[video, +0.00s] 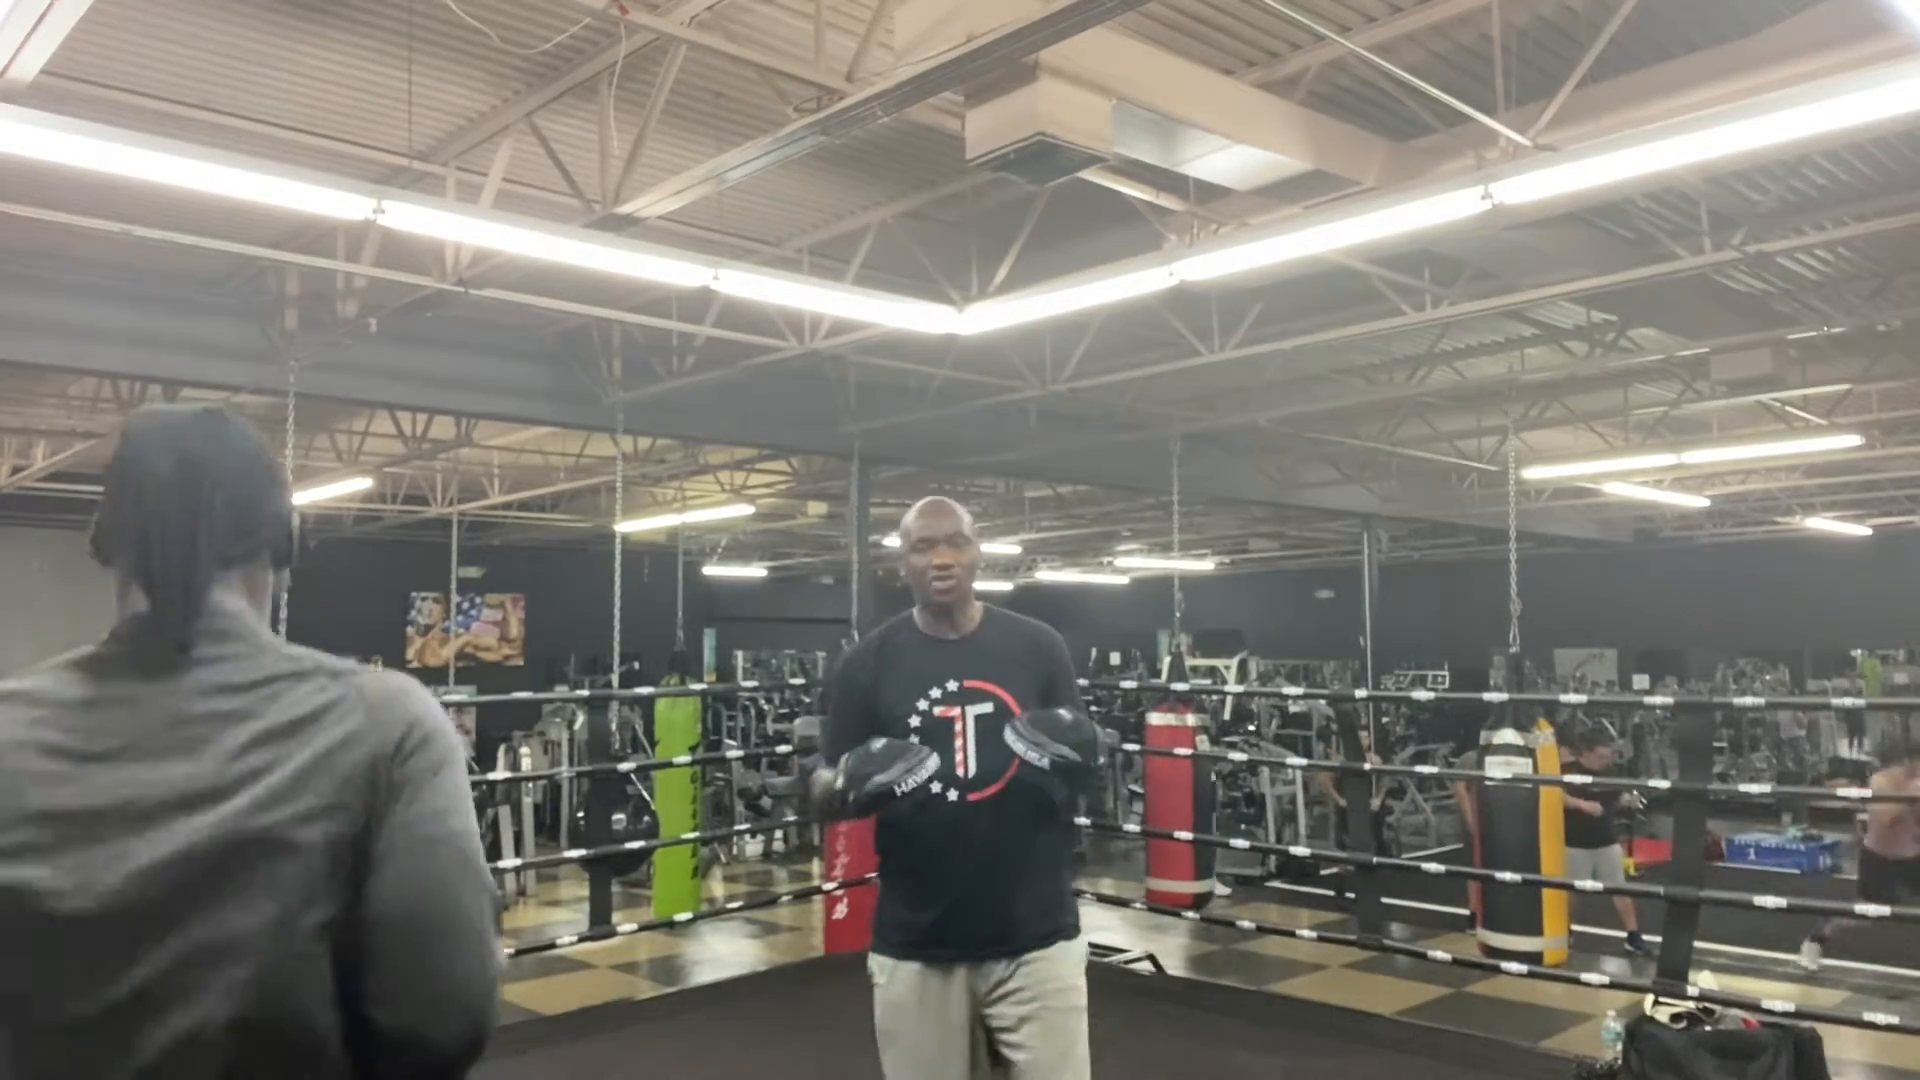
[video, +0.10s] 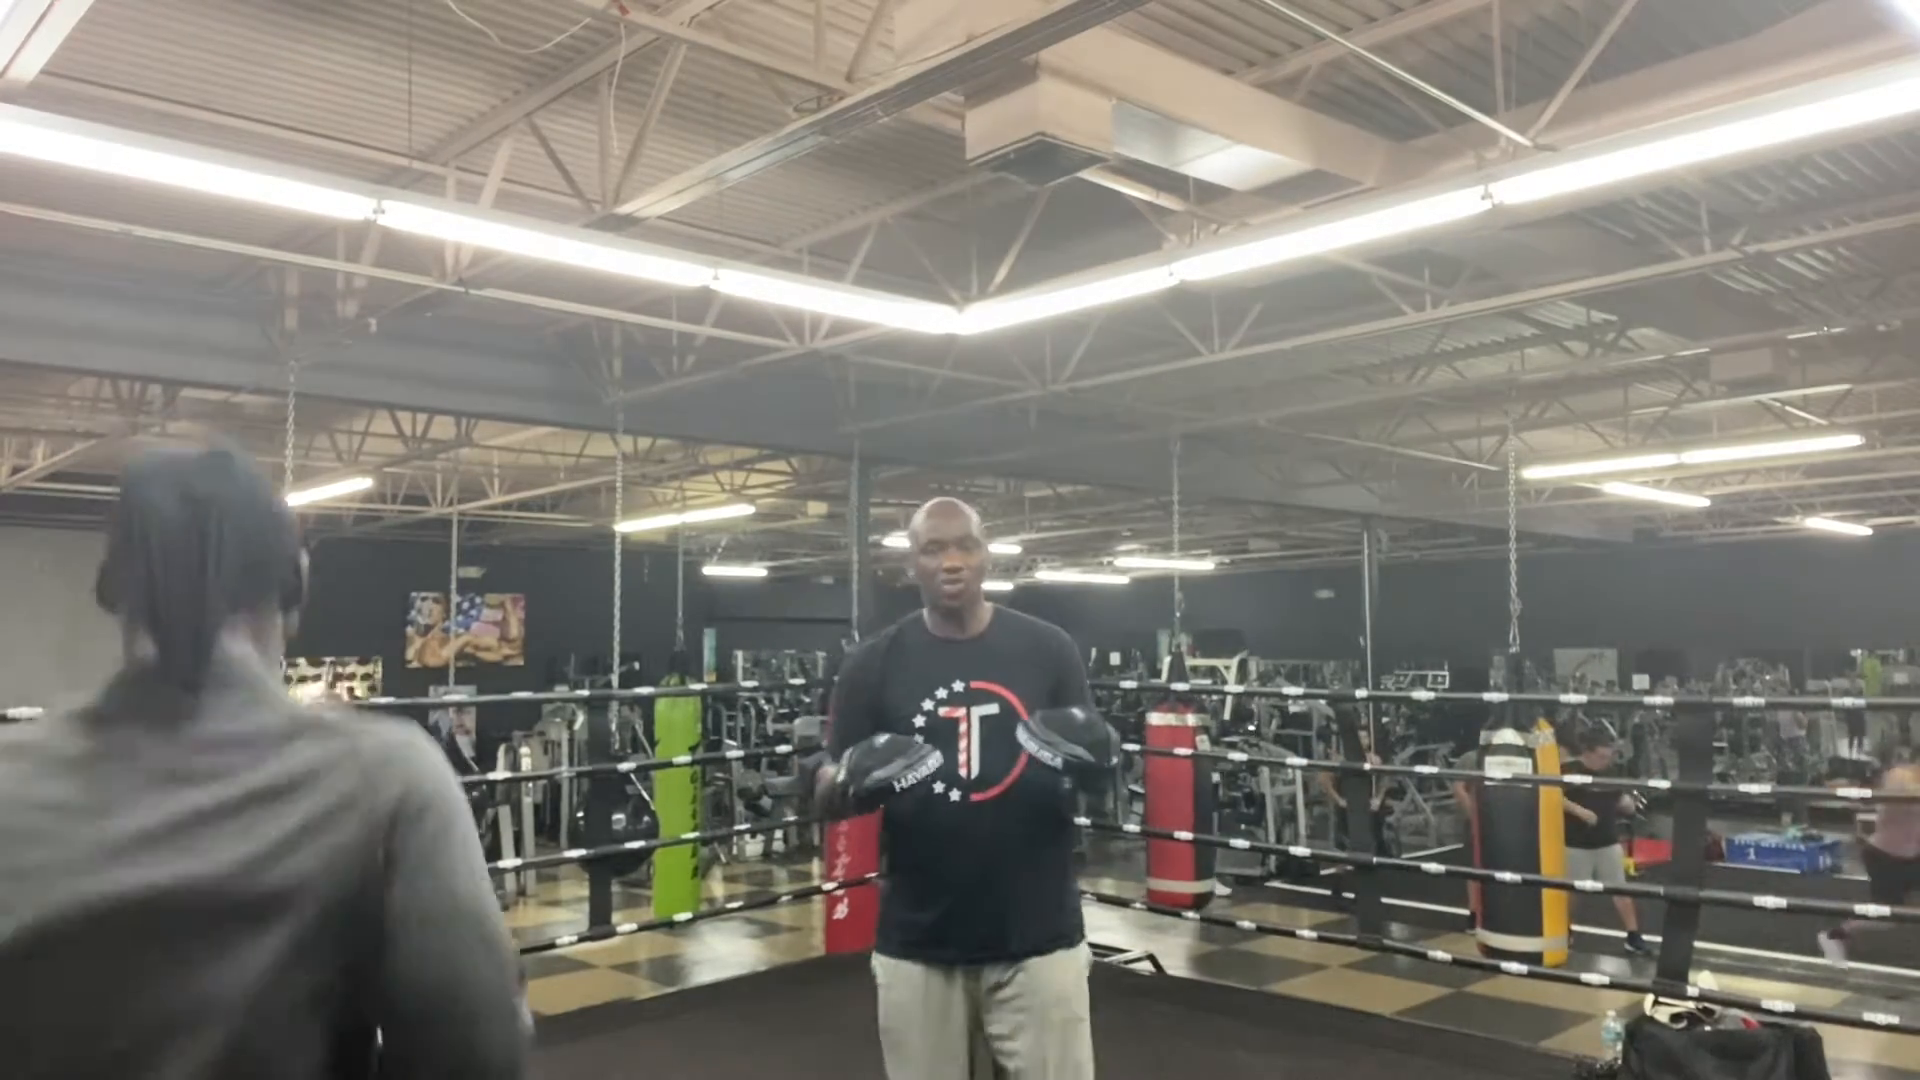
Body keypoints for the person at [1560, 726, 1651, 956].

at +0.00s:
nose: (1605, 761)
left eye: (1608, 756)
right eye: (1601, 755)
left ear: (1611, 754)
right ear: (1585, 752)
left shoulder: (1609, 775)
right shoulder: (1566, 773)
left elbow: (1610, 803)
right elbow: (1556, 797)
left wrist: (1625, 803)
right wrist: (1581, 804)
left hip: (1606, 842)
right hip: (1575, 843)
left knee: (1620, 889)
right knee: (1569, 891)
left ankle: (1633, 934)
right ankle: (1565, 932)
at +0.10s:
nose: (1608, 760)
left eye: (1610, 755)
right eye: (1604, 754)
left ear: (1612, 753)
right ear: (1590, 750)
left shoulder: (1610, 774)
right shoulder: (1568, 771)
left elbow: (1614, 799)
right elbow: (1554, 797)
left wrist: (1627, 804)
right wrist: (1579, 811)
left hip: (1607, 842)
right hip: (1576, 843)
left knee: (1620, 890)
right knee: (1570, 892)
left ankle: (1633, 935)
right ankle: (1564, 932)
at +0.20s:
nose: (1609, 760)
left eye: (1611, 755)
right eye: (1605, 754)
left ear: (1613, 754)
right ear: (1590, 751)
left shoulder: (1613, 775)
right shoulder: (1567, 772)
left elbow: (1619, 798)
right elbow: (1553, 798)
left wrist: (1627, 804)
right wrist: (1572, 815)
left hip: (1608, 842)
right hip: (1576, 843)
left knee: (1621, 890)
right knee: (1570, 891)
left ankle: (1633, 934)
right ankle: (1565, 931)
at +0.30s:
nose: (1603, 760)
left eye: (1607, 756)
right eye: (1598, 755)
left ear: (1612, 755)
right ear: (1586, 753)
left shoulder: (1617, 775)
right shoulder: (1568, 773)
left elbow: (1628, 794)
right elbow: (1554, 797)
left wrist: (1630, 802)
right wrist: (1568, 814)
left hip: (1610, 841)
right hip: (1577, 842)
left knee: (1621, 890)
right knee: (1571, 891)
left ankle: (1633, 934)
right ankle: (1566, 931)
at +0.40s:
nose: (1583, 757)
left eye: (1588, 752)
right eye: (1582, 752)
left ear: (1602, 753)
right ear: (1580, 751)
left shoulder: (1617, 775)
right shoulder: (1568, 772)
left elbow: (1637, 794)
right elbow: (1553, 797)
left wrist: (1630, 803)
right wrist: (1566, 811)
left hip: (1610, 841)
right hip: (1576, 841)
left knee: (1621, 890)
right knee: (1571, 890)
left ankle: (1633, 934)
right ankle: (1566, 931)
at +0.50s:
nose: (1575, 752)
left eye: (1580, 747)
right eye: (1575, 747)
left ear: (1596, 750)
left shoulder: (1615, 774)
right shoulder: (1567, 773)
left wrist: (1627, 805)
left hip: (1608, 841)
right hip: (1575, 842)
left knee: (1620, 890)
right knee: (1571, 890)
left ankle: (1633, 934)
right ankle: (1564, 932)